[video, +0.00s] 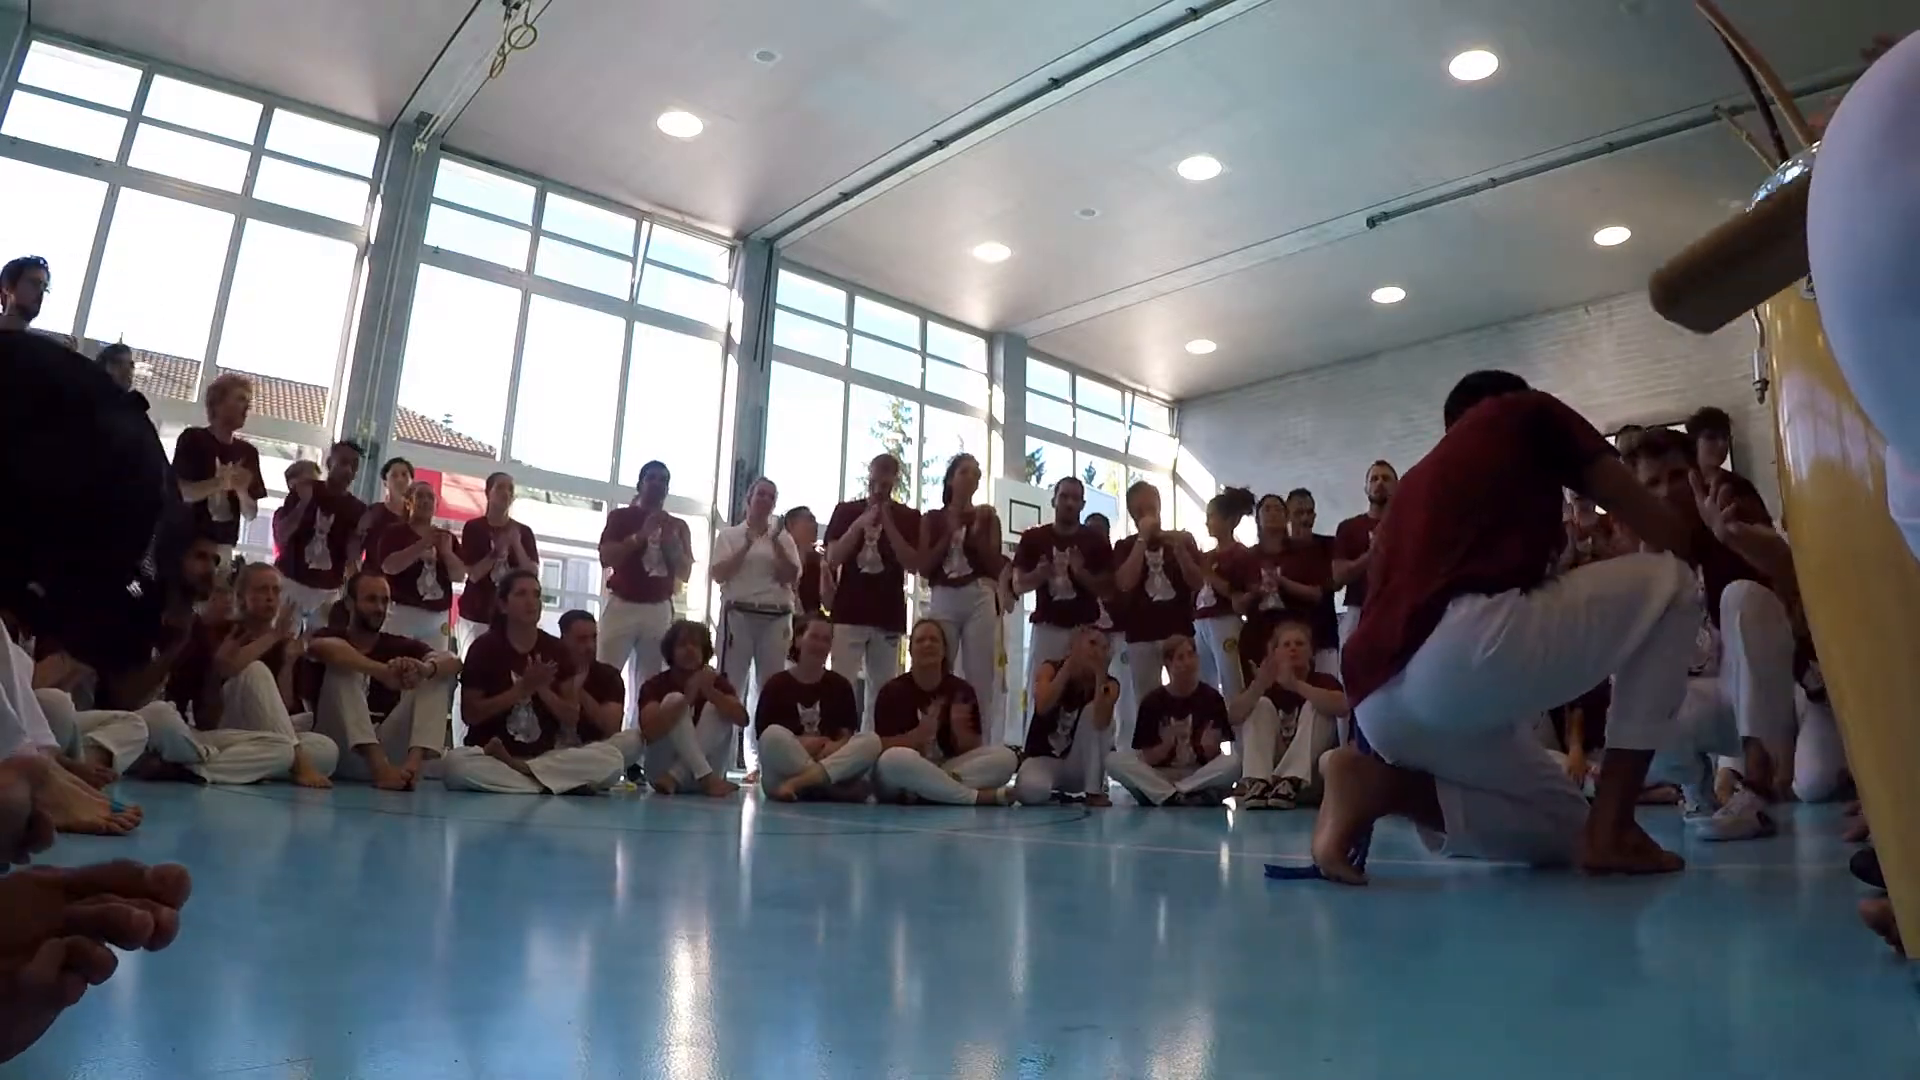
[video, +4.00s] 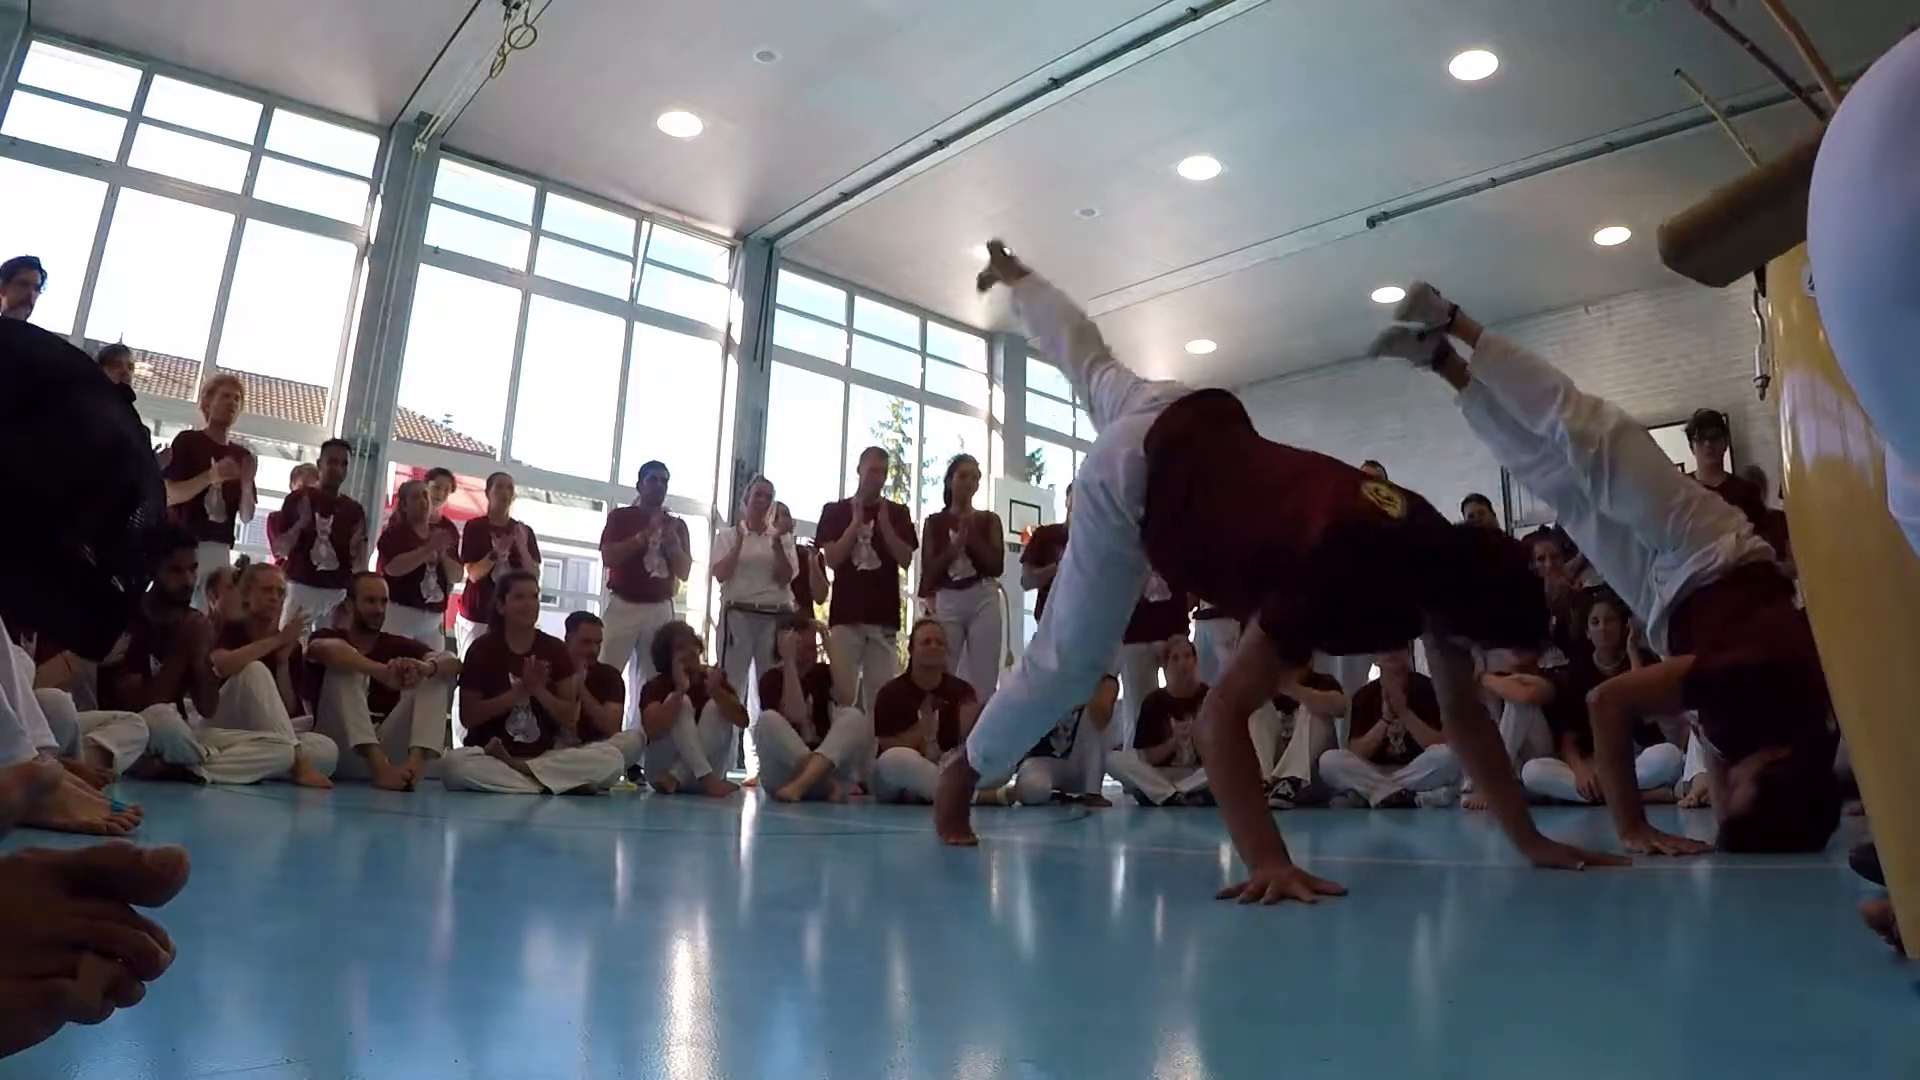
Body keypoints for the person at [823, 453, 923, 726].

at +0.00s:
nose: (881, 486)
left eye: (887, 480)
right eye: (876, 479)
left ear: (896, 480)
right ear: (868, 476)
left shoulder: (909, 516)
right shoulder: (846, 511)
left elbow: (913, 563)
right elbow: (834, 557)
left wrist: (887, 523)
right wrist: (859, 525)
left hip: (888, 618)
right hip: (849, 616)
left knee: (885, 695)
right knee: (841, 690)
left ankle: (881, 757)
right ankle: (838, 753)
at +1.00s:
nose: (846, 479)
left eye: (853, 474)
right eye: (843, 474)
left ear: (868, 474)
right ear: (839, 476)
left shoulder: (894, 510)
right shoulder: (830, 514)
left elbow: (898, 556)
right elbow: (834, 560)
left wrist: (874, 516)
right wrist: (859, 526)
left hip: (883, 615)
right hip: (844, 615)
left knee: (879, 696)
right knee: (840, 693)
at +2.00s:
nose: (861, 474)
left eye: (867, 469)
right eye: (856, 468)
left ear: (873, 474)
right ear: (845, 471)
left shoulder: (888, 512)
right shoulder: (823, 515)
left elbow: (904, 558)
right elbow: (823, 562)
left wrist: (890, 521)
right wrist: (846, 512)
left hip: (880, 620)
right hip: (841, 620)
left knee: (883, 701)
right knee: (837, 700)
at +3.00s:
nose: (859, 478)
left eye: (864, 472)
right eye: (853, 472)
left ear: (869, 475)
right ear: (841, 475)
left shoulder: (886, 512)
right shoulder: (823, 517)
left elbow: (900, 559)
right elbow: (829, 563)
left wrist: (873, 526)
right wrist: (858, 524)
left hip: (878, 618)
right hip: (839, 618)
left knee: (879, 703)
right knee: (835, 699)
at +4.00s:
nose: (875, 477)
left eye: (880, 471)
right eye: (870, 470)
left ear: (886, 475)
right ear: (858, 471)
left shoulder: (898, 512)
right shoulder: (835, 511)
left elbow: (905, 559)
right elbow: (832, 560)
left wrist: (884, 528)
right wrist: (854, 526)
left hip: (884, 618)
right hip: (846, 616)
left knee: (881, 699)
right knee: (844, 696)